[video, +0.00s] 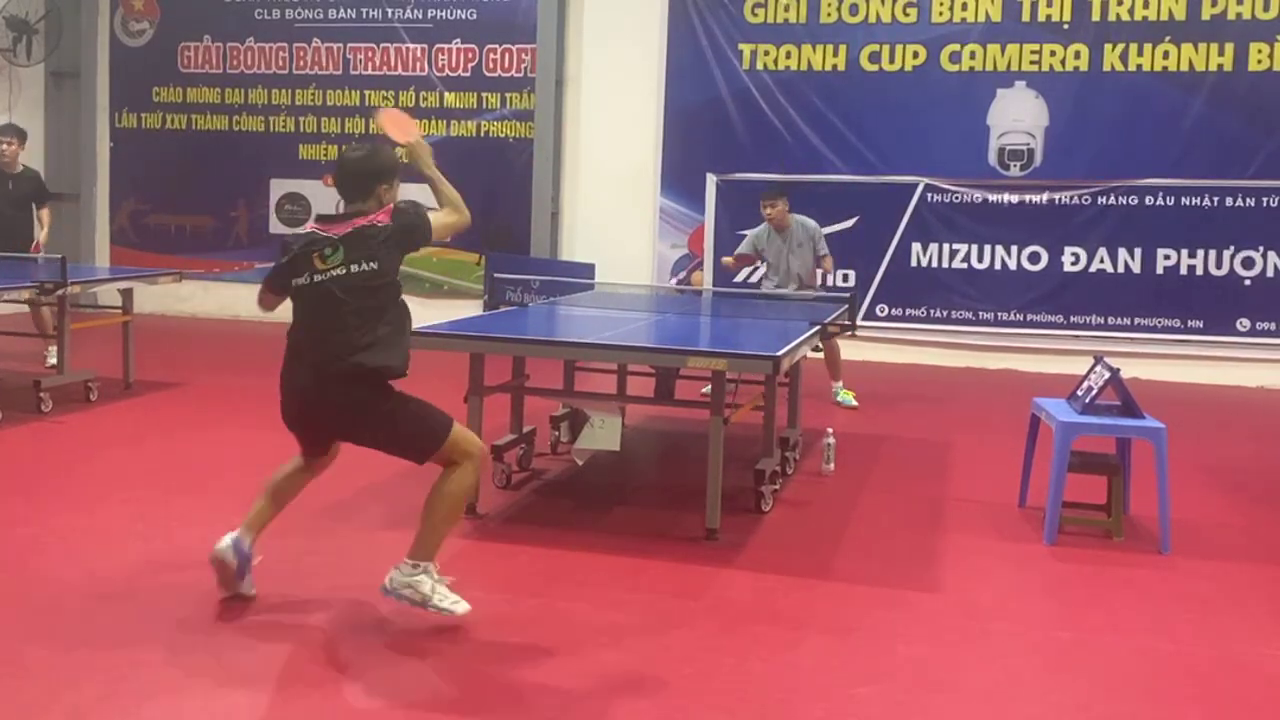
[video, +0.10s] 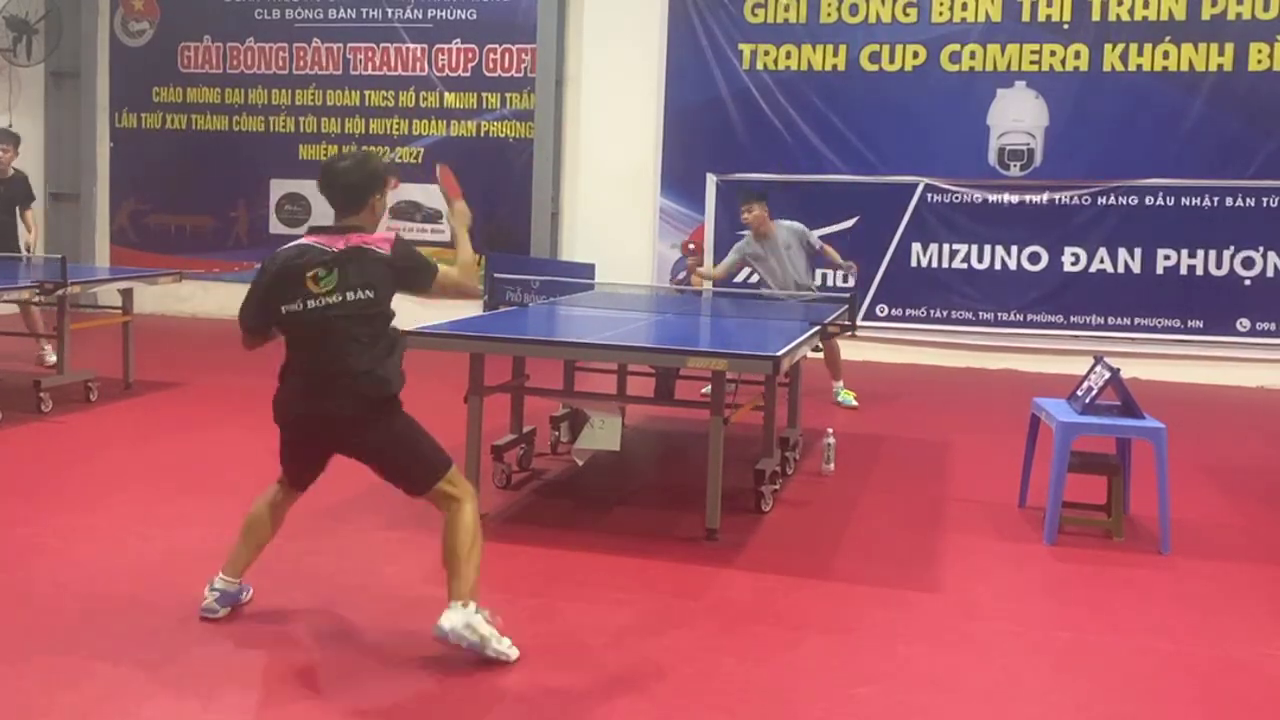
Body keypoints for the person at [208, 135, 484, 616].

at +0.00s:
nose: (397, 194)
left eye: (395, 185)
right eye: (393, 186)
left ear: (339, 190)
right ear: (383, 190)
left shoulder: (307, 243)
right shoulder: (393, 226)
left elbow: (266, 302)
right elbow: (459, 215)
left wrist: (310, 269)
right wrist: (427, 167)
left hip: (298, 395)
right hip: (357, 395)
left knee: (317, 455)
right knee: (469, 454)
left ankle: (241, 541)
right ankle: (416, 569)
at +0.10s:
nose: (388, 201)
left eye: (386, 192)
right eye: (386, 194)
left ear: (333, 200)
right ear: (374, 201)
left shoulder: (284, 261)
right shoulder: (387, 253)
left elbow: (252, 336)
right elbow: (466, 281)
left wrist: (300, 309)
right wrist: (461, 227)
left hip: (299, 411)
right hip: (368, 413)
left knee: (286, 487)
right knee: (459, 497)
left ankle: (223, 586)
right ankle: (462, 609)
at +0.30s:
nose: (413, 205)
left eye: (410, 196)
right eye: (413, 197)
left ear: (356, 196)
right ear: (405, 204)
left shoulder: (308, 243)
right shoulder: (399, 269)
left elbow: (286, 311)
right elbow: (433, 361)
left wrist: (360, 331)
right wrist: (471, 355)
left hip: (249, 387)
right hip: (315, 397)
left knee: (255, 479)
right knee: (406, 499)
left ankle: (162, 581)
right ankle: (423, 636)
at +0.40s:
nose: (404, 223)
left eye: (404, 214)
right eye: (404, 215)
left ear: (345, 218)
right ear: (396, 223)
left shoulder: (305, 262)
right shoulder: (387, 297)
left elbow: (307, 342)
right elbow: (400, 385)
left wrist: (398, 386)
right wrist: (425, 398)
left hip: (237, 406)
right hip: (298, 417)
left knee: (231, 510)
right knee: (394, 522)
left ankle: (119, 599)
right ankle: (398, 669)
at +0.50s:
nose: (358, 227)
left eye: (357, 218)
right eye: (356, 219)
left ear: (298, 221)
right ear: (346, 227)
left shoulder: (260, 270)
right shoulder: (347, 294)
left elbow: (253, 347)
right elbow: (379, 390)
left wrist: (334, 380)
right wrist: (348, 392)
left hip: (215, 417)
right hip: (291, 428)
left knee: (185, 513)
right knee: (380, 529)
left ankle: (100, 619)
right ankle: (397, 669)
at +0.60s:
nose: (310, 199)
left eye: (309, 190)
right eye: (308, 191)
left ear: (252, 196)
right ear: (299, 199)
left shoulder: (220, 238)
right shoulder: (315, 258)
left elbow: (240, 295)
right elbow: (369, 334)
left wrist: (309, 306)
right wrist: (318, 309)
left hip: (176, 379)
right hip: (246, 387)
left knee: (154, 493)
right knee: (305, 521)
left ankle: (100, 616)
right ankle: (381, 654)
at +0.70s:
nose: (279, 177)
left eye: (276, 170)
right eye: (278, 170)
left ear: (221, 175)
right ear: (271, 177)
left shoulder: (183, 218)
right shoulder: (288, 230)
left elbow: (174, 272)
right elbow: (342, 246)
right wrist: (371, 231)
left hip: (133, 348)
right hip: (206, 355)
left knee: (139, 459)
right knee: (256, 492)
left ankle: (107, 589)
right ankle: (298, 638)